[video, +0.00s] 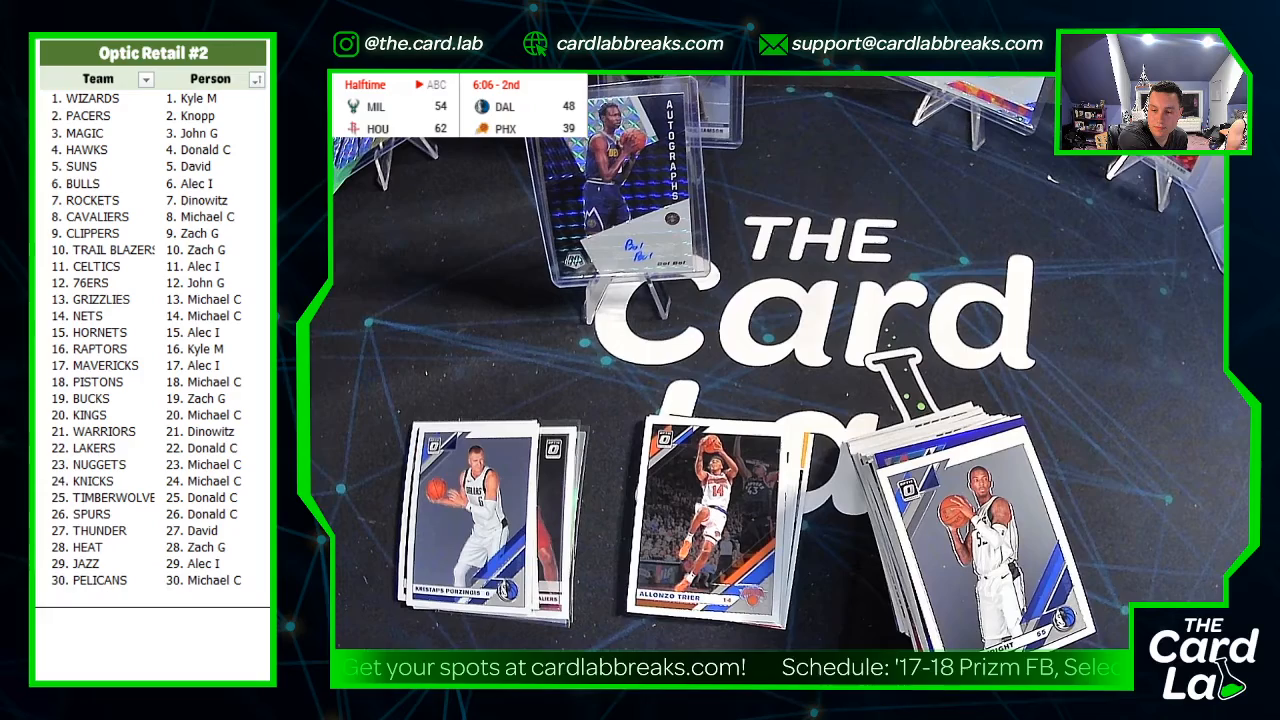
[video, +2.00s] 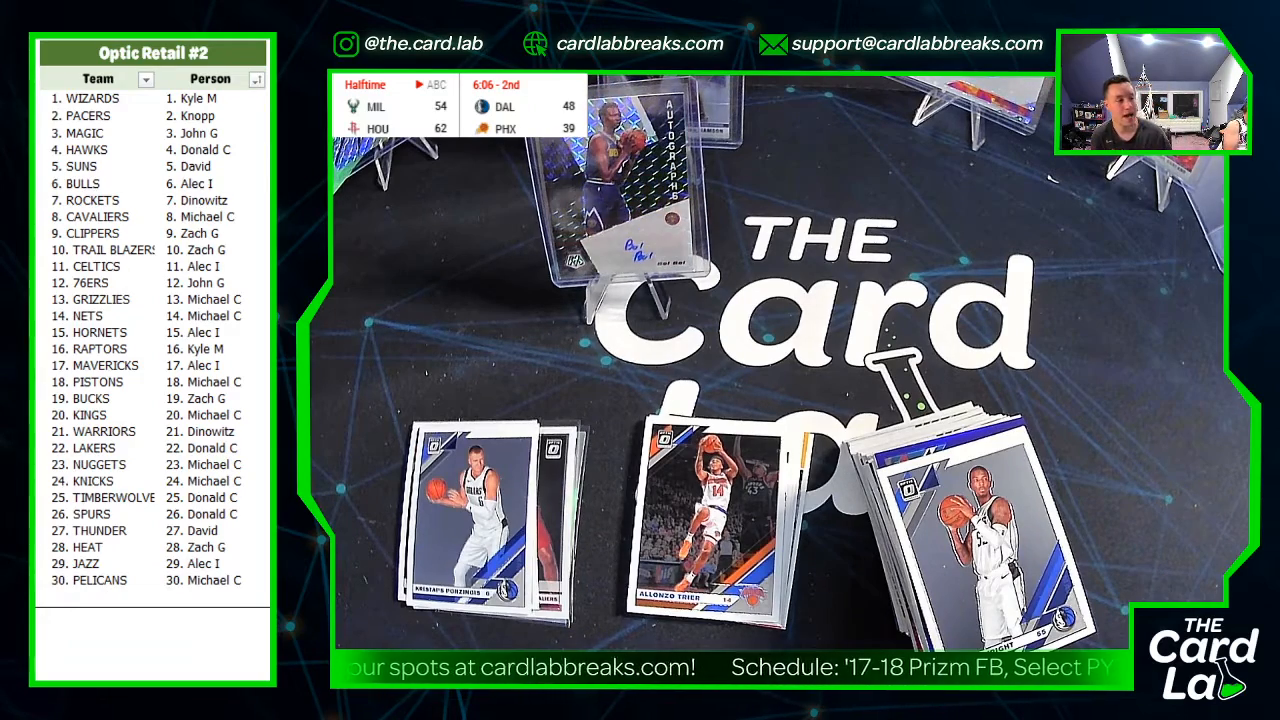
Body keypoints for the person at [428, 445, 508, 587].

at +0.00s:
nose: (479, 464)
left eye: (481, 460)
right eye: (475, 460)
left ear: (484, 460)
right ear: (469, 461)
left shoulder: (491, 476)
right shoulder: (464, 476)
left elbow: (488, 512)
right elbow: (464, 503)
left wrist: (466, 504)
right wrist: (439, 500)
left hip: (496, 531)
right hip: (478, 531)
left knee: (495, 573)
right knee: (459, 571)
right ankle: (460, 606)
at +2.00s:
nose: (480, 463)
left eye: (481, 460)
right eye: (475, 460)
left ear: (484, 459)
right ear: (469, 461)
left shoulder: (491, 476)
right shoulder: (464, 476)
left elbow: (488, 511)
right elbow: (464, 503)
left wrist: (465, 504)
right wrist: (439, 500)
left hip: (496, 531)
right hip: (478, 531)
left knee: (495, 572)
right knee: (459, 571)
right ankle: (460, 606)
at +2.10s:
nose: (480, 463)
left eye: (481, 460)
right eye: (475, 460)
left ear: (484, 459)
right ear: (469, 461)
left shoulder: (491, 476)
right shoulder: (464, 476)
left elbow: (488, 511)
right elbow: (464, 503)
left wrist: (465, 504)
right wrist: (439, 500)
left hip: (496, 531)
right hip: (478, 531)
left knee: (495, 573)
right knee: (459, 571)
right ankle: (460, 606)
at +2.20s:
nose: (480, 464)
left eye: (481, 460)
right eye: (475, 461)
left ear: (484, 459)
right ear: (469, 461)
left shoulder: (491, 476)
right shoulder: (464, 476)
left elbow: (488, 511)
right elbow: (464, 503)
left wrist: (466, 504)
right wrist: (439, 500)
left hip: (496, 531)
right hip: (478, 531)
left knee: (494, 572)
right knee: (459, 571)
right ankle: (461, 606)